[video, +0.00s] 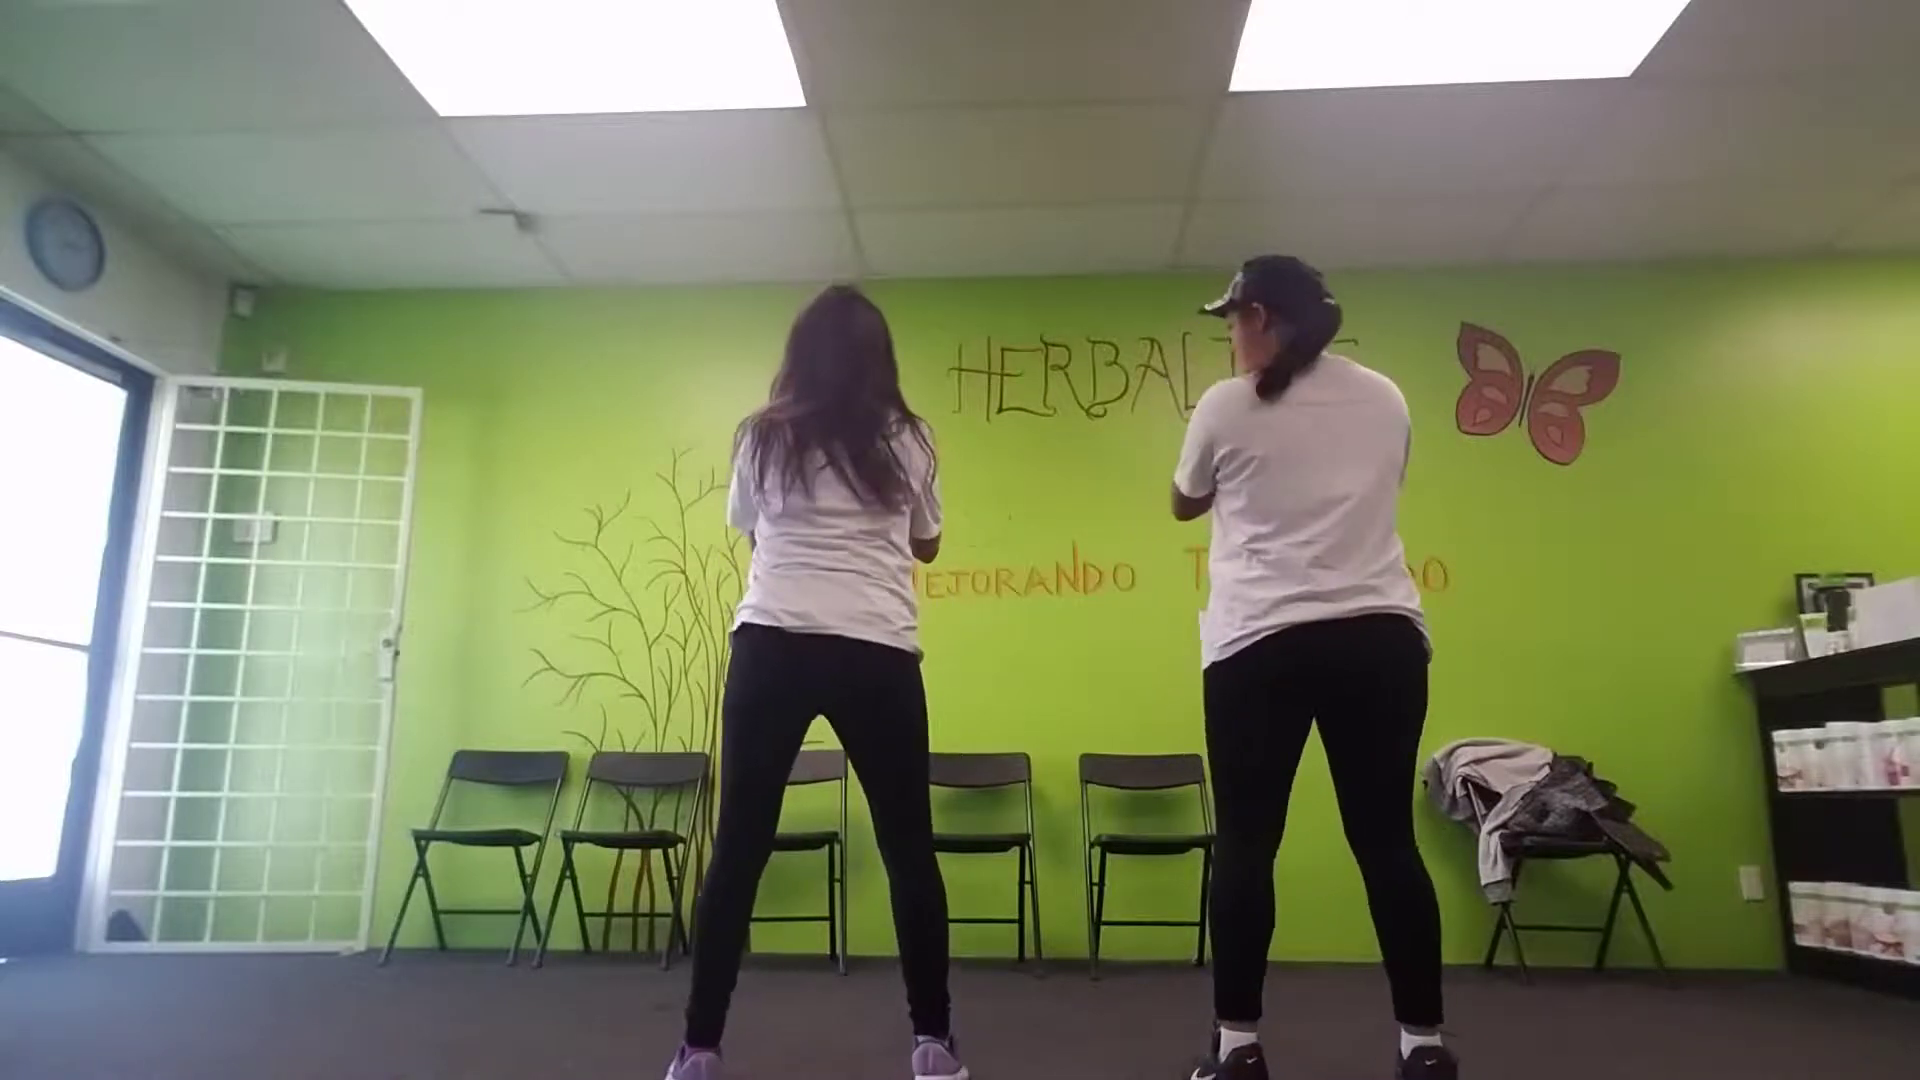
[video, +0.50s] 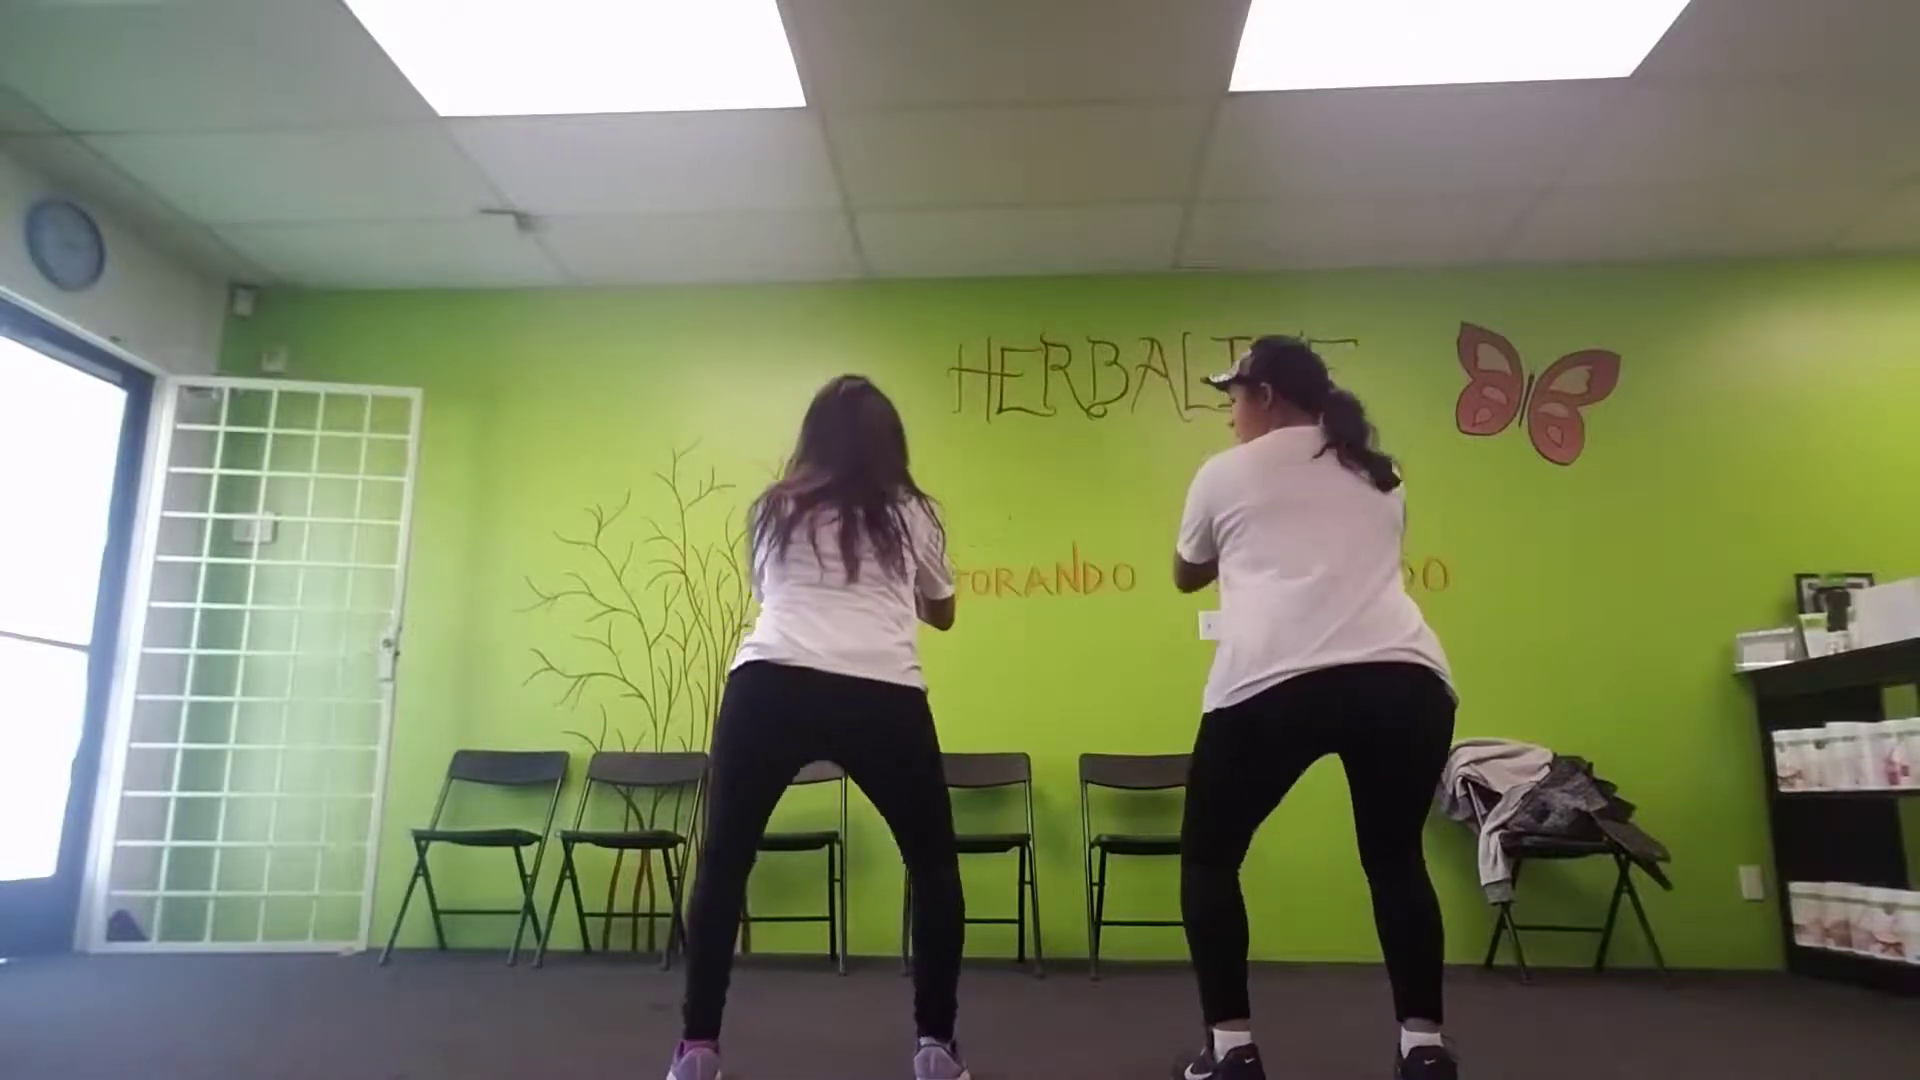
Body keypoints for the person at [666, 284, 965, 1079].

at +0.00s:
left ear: (796, 355)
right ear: (881, 358)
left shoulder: (762, 433)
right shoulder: (909, 436)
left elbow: (748, 525)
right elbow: (926, 542)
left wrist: (822, 510)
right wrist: (856, 506)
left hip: (771, 645)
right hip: (876, 650)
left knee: (738, 847)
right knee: (910, 849)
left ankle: (698, 1052)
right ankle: (933, 1049)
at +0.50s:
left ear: (810, 440)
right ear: (892, 441)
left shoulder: (774, 503)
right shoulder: (914, 509)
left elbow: (767, 590)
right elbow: (941, 613)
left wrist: (834, 572)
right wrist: (878, 567)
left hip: (771, 689)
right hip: (883, 697)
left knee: (722, 859)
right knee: (932, 861)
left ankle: (697, 1049)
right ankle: (936, 1049)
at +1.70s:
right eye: (885, 379)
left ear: (804, 385)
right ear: (890, 388)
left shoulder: (770, 457)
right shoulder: (919, 461)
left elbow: (735, 572)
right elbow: (962, 571)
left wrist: (812, 582)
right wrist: (892, 586)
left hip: (774, 656)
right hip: (881, 661)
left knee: (736, 849)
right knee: (921, 854)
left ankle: (700, 1049)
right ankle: (935, 1050)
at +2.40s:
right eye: (880, 329)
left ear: (802, 339)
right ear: (885, 343)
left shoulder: (761, 417)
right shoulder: (917, 417)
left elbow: (729, 534)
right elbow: (954, 526)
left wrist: (793, 557)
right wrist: (895, 564)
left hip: (778, 643)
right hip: (883, 645)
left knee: (743, 844)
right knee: (905, 849)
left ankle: (698, 1051)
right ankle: (935, 1051)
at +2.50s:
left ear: (800, 352)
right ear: (886, 355)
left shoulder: (763, 427)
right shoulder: (918, 427)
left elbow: (744, 550)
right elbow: (946, 546)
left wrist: (821, 551)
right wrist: (871, 555)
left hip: (775, 646)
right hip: (882, 647)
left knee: (742, 848)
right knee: (912, 855)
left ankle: (699, 1051)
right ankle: (935, 1053)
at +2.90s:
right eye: (895, 540)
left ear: (815, 545)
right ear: (895, 550)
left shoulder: (781, 607)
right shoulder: (915, 616)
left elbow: (781, 686)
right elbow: (951, 723)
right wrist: (899, 669)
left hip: (754, 776)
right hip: (871, 783)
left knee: (722, 879)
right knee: (960, 867)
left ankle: (702, 1046)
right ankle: (939, 1046)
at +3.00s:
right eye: (899, 583)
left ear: (818, 590)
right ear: (897, 594)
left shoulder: (782, 651)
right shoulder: (915, 661)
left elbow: (779, 730)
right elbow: (955, 766)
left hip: (751, 816)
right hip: (873, 822)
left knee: (719, 873)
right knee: (966, 860)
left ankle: (702, 1046)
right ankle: (940, 1048)